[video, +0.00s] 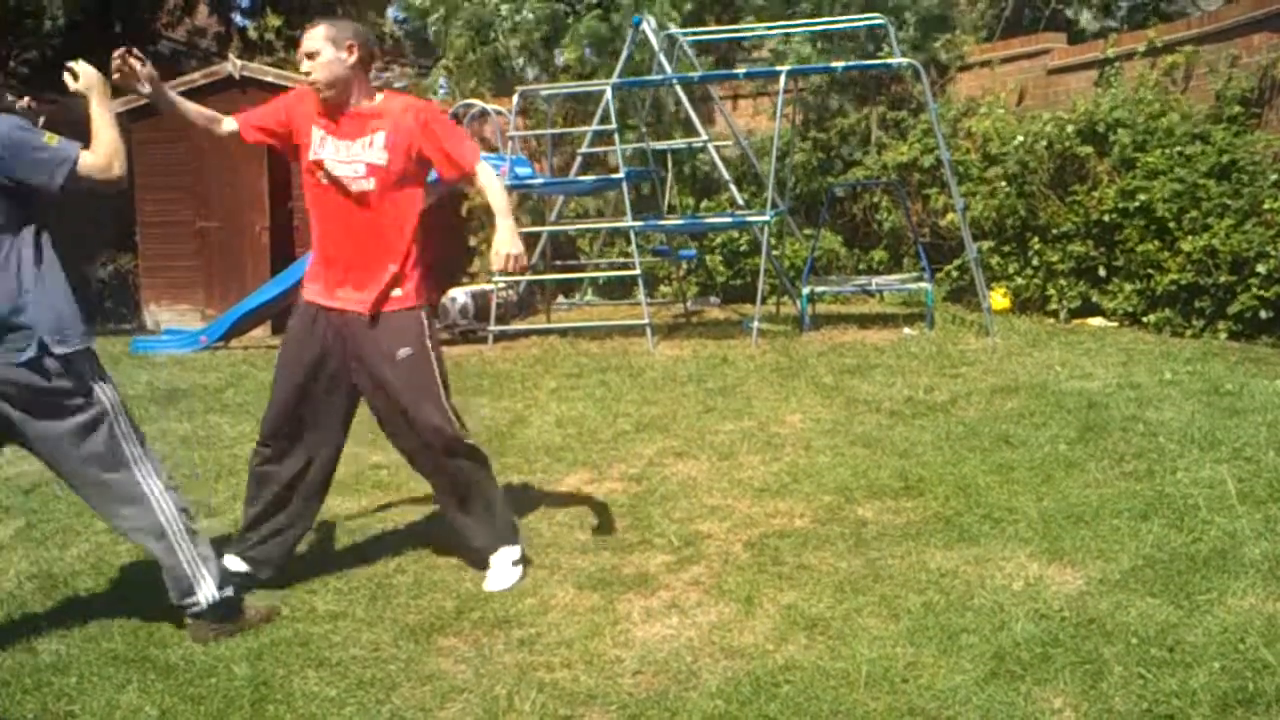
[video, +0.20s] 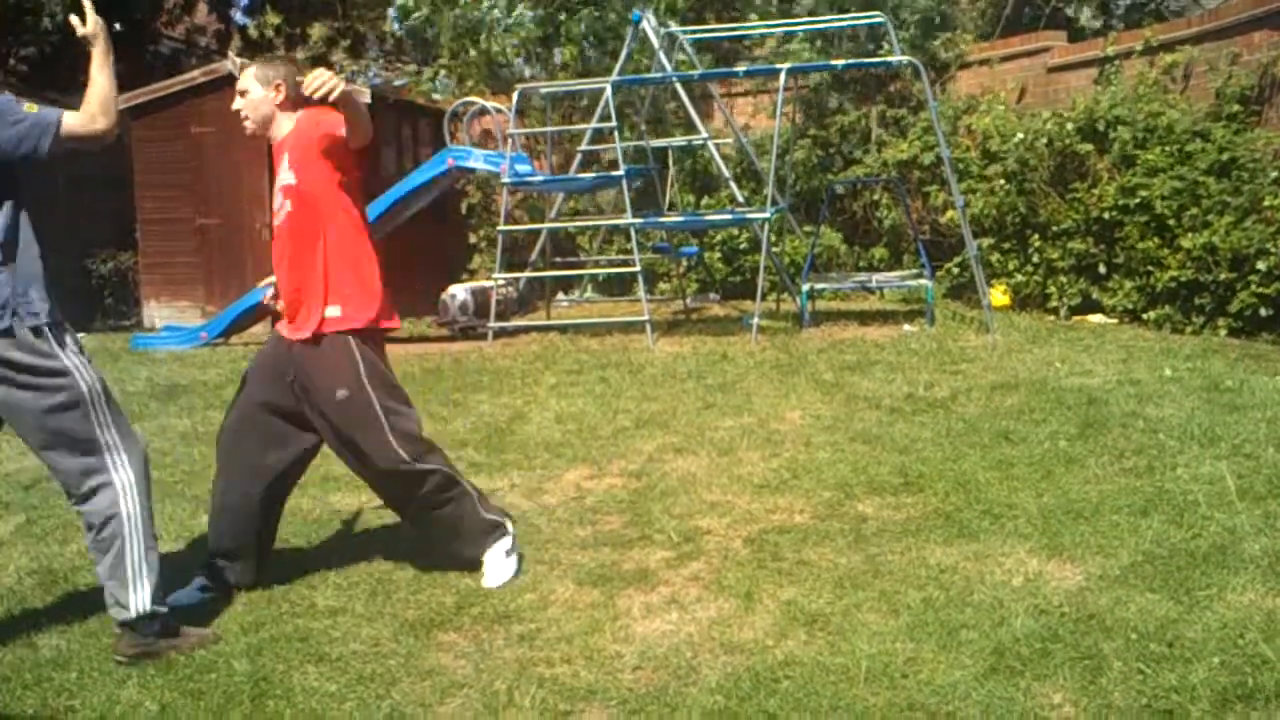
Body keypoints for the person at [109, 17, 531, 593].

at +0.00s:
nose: (304, 67)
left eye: (313, 56)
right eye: (301, 58)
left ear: (351, 55)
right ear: (309, 62)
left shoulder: (409, 115)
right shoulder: (300, 108)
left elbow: (481, 167)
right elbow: (224, 128)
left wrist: (507, 227)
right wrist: (158, 92)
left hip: (391, 308)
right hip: (320, 304)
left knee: (433, 434)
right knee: (286, 433)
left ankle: (500, 543)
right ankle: (257, 556)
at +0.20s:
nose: (236, 104)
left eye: (244, 93)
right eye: (236, 94)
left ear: (276, 94)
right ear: (268, 96)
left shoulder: (311, 125)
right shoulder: (285, 150)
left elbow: (358, 135)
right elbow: (318, 227)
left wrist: (347, 97)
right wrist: (284, 279)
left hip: (338, 327)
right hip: (294, 331)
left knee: (392, 450)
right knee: (245, 443)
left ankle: (489, 535)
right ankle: (230, 568)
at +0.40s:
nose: (194, 120)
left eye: (200, 111)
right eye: (194, 111)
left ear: (228, 112)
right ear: (254, 118)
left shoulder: (228, 135)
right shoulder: (302, 165)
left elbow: (183, 113)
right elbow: (363, 222)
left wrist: (113, 73)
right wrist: (420, 273)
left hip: (286, 329)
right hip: (279, 333)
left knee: (321, 462)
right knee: (217, 444)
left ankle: (462, 532)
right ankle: (221, 578)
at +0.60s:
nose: (176, 91)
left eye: (187, 78)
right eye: (177, 80)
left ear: (225, 85)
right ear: (218, 88)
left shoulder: (247, 118)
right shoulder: (220, 141)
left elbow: (252, 162)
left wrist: (156, 165)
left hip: (277, 320)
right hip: (232, 327)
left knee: (303, 463)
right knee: (202, 459)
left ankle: (424, 526)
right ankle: (217, 581)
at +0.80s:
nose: (219, 82)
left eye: (232, 73)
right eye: (221, 72)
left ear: (273, 83)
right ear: (262, 83)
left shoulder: (327, 152)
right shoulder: (216, 132)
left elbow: (371, 239)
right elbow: (136, 137)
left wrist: (335, 311)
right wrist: (95, 115)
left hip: (299, 339)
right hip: (231, 340)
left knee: (316, 490)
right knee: (189, 464)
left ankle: (392, 587)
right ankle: (215, 579)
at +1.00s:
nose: (218, 91)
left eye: (229, 81)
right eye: (220, 81)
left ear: (269, 91)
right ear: (259, 92)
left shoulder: (320, 166)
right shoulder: (229, 152)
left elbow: (388, 233)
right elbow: (187, 179)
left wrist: (393, 326)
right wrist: (101, 171)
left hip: (301, 357)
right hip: (236, 353)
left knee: (306, 494)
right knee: (194, 468)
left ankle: (390, 589)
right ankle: (210, 586)